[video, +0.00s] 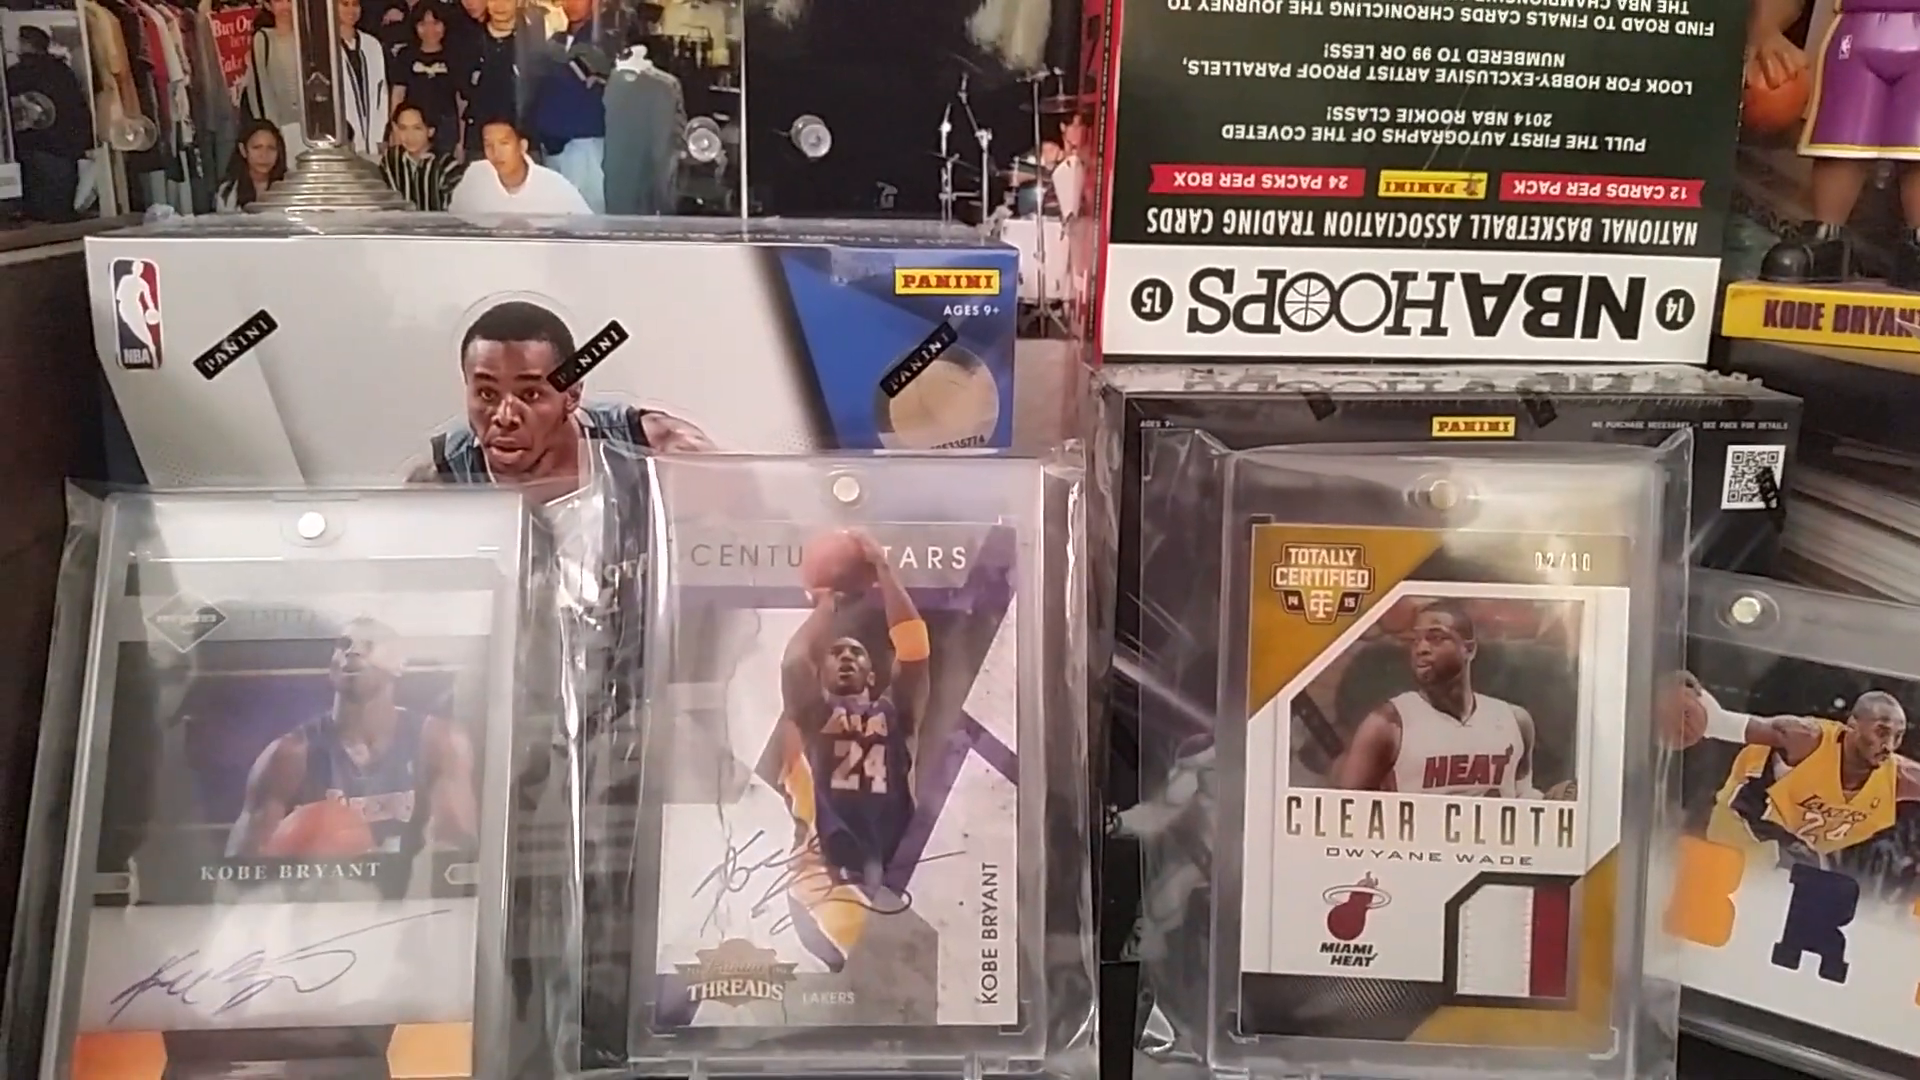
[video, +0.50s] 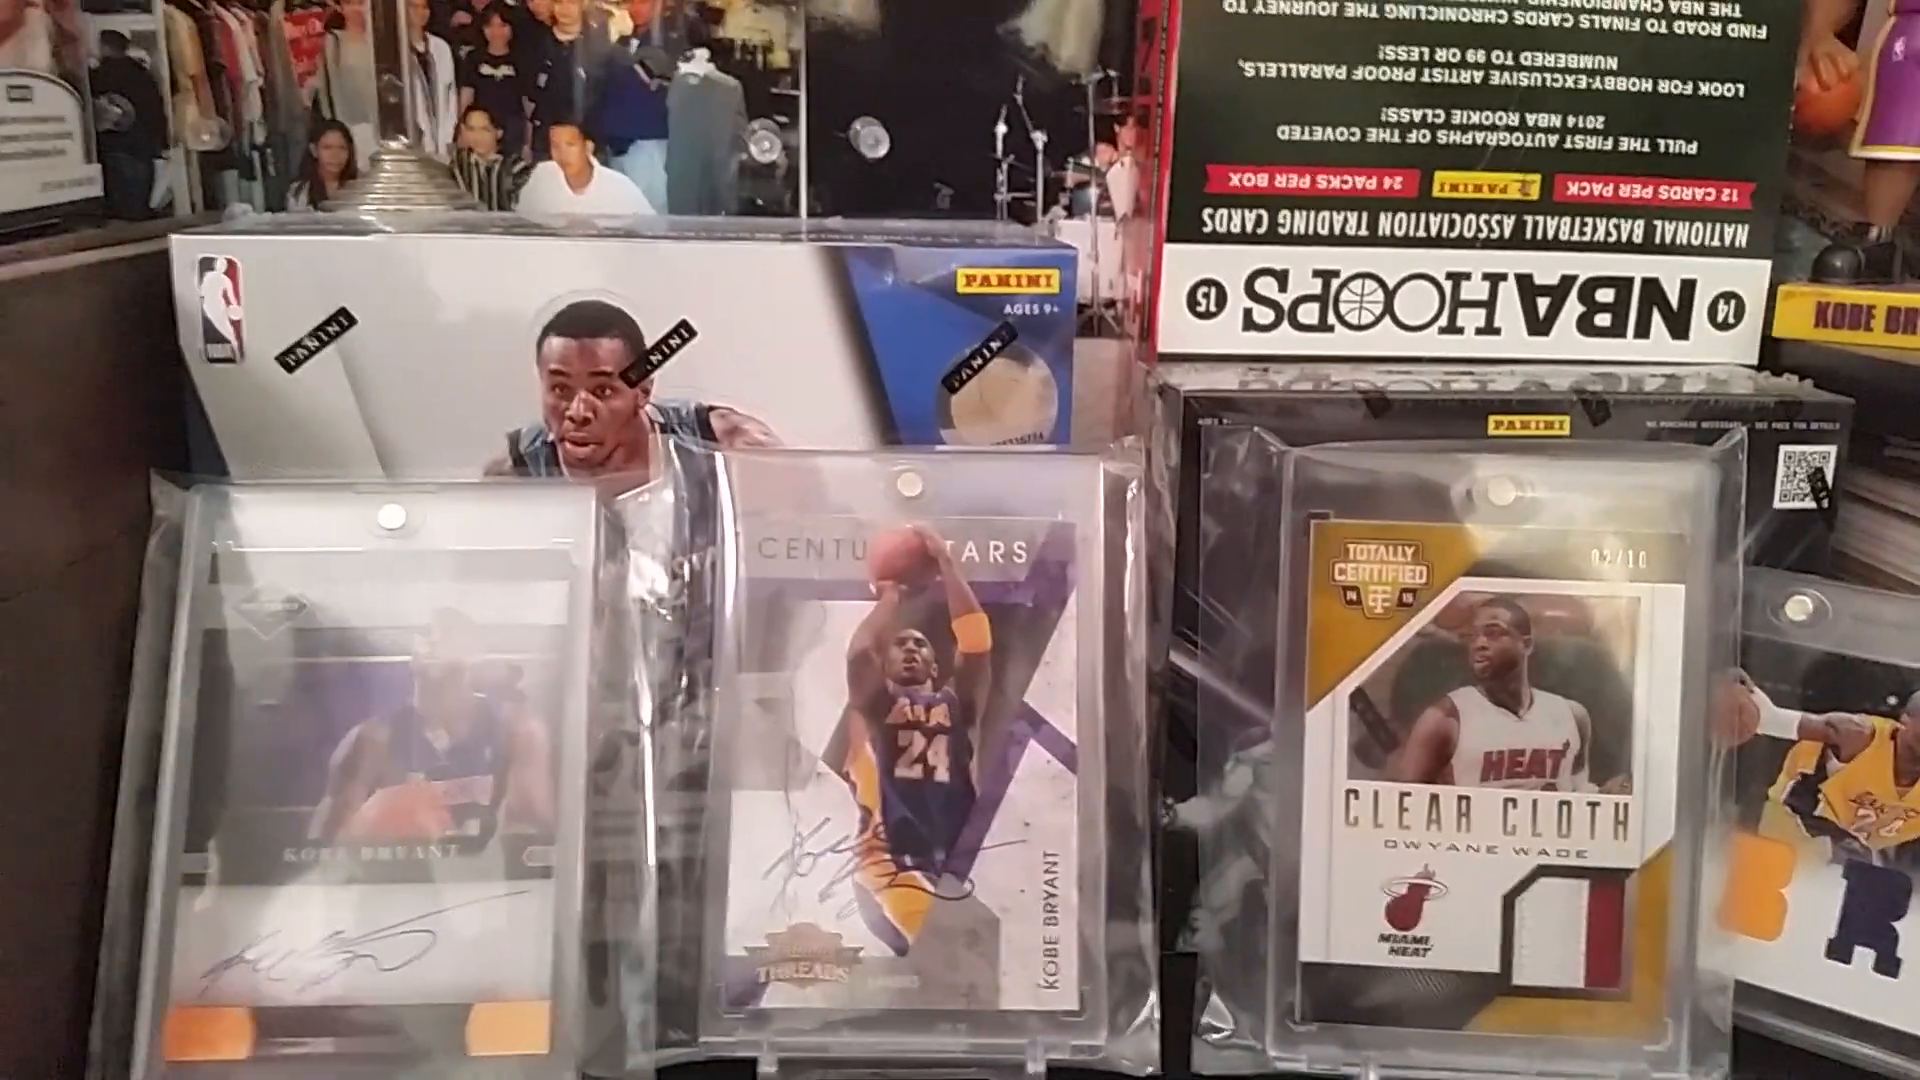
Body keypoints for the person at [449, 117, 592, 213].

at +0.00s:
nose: (496, 153)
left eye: (504, 144)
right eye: (489, 146)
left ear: (522, 146)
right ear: (484, 150)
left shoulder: (554, 184)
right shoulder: (476, 175)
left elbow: (590, 229)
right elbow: (452, 223)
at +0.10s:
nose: (494, 154)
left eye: (502, 145)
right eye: (486, 146)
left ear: (520, 147)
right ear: (481, 150)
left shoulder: (551, 185)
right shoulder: (473, 176)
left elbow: (587, 230)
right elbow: (449, 224)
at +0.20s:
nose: (501, 153)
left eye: (509, 143)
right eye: (493, 145)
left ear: (527, 146)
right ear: (488, 148)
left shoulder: (558, 184)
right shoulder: (480, 176)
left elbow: (595, 229)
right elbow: (456, 223)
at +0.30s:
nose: (523, 152)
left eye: (532, 143)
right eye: (516, 144)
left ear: (551, 146)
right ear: (511, 150)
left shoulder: (581, 183)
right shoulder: (503, 174)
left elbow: (616, 227)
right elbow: (480, 222)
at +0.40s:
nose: (545, 152)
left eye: (554, 143)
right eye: (538, 144)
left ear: (572, 146)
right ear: (533, 147)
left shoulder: (602, 184)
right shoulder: (525, 174)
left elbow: (636, 228)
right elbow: (503, 222)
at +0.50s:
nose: (562, 153)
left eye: (570, 145)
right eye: (555, 146)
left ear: (588, 148)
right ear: (550, 148)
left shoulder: (618, 186)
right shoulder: (542, 176)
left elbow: (653, 230)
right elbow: (520, 223)